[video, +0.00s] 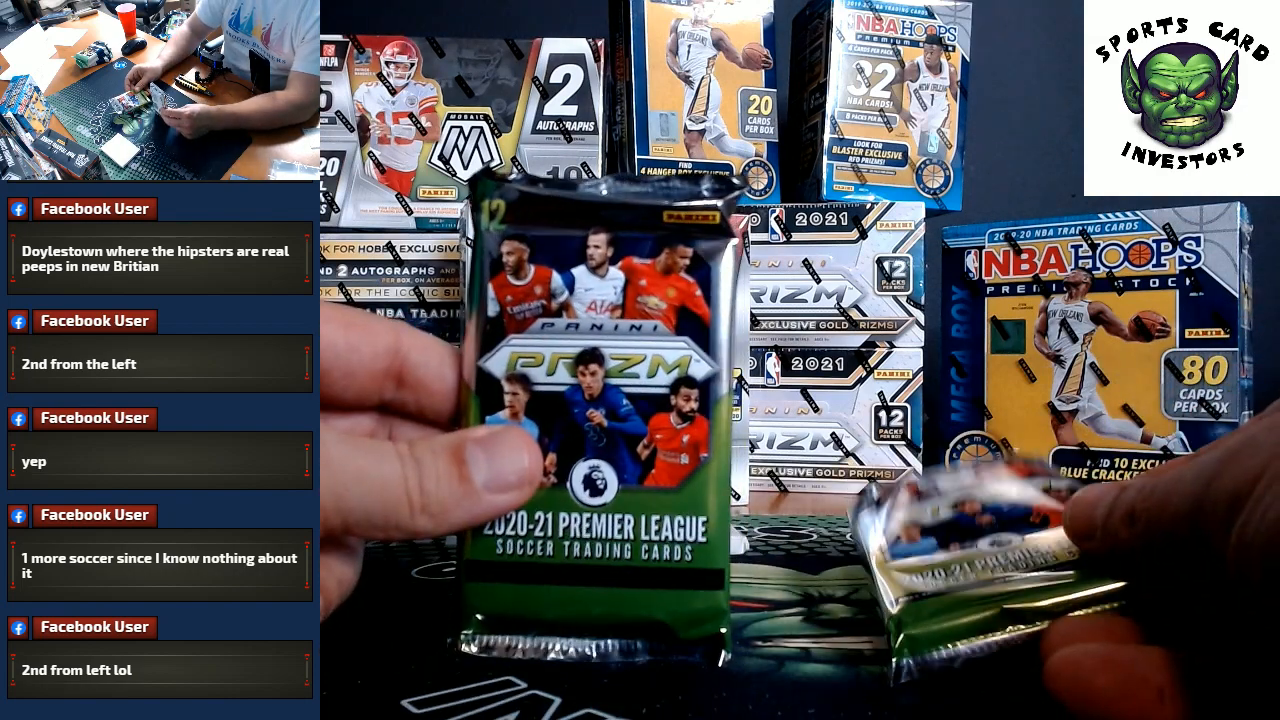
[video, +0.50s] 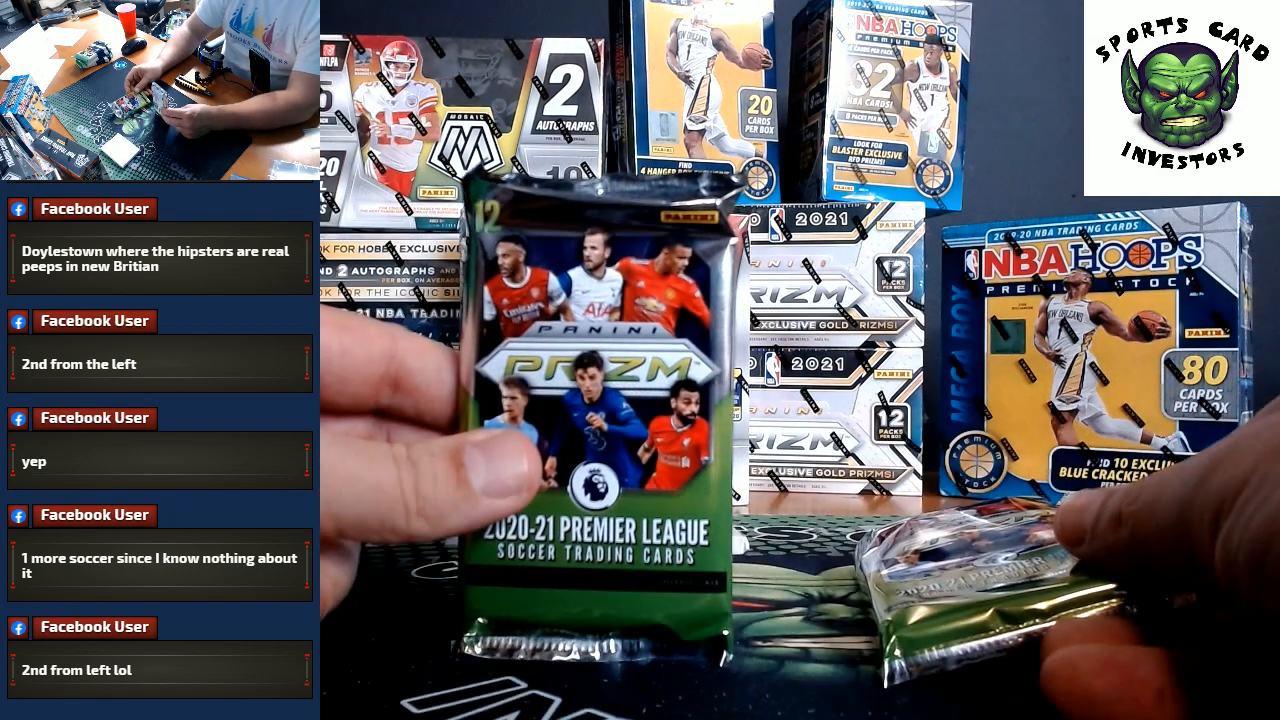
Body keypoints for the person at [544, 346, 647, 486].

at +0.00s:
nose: (588, 381)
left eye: (593, 374)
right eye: (582, 375)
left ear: (603, 373)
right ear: (577, 376)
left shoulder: (613, 395)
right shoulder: (572, 396)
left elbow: (640, 428)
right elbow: (564, 425)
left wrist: (607, 424)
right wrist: (553, 451)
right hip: (592, 462)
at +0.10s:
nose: (585, 381)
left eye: (590, 375)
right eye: (580, 375)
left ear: (600, 373)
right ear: (574, 376)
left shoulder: (611, 395)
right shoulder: (569, 397)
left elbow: (638, 428)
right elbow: (562, 425)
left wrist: (605, 425)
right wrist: (551, 452)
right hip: (590, 463)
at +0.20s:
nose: (584, 383)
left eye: (589, 376)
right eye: (579, 376)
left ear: (599, 374)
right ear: (574, 377)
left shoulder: (610, 396)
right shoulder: (568, 398)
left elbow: (638, 430)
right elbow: (560, 426)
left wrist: (605, 426)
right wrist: (551, 453)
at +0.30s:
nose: (586, 384)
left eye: (591, 377)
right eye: (581, 378)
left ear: (601, 375)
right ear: (575, 379)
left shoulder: (612, 398)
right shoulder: (569, 400)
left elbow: (640, 431)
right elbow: (561, 428)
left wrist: (607, 427)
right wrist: (552, 455)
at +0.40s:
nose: (587, 384)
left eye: (592, 377)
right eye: (582, 378)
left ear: (602, 376)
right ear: (576, 379)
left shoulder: (614, 399)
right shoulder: (571, 400)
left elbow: (641, 432)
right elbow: (563, 428)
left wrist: (608, 428)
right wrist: (553, 455)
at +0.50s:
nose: (587, 384)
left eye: (592, 378)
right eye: (582, 378)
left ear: (602, 376)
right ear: (576, 379)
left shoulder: (613, 399)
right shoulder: (571, 401)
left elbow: (641, 432)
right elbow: (562, 428)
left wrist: (608, 428)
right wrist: (553, 455)